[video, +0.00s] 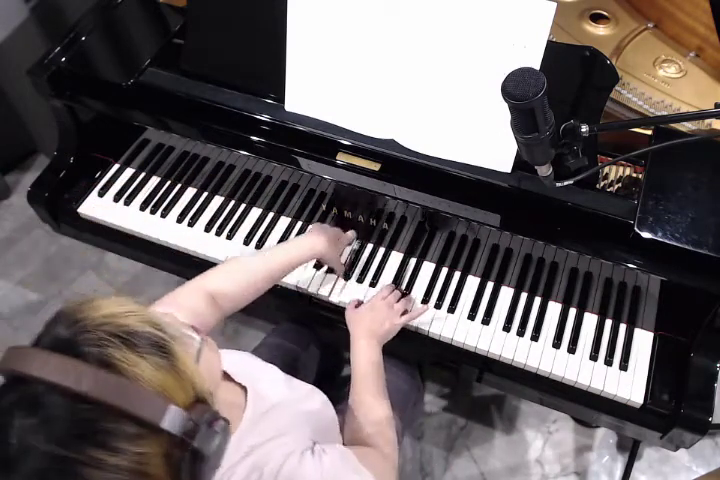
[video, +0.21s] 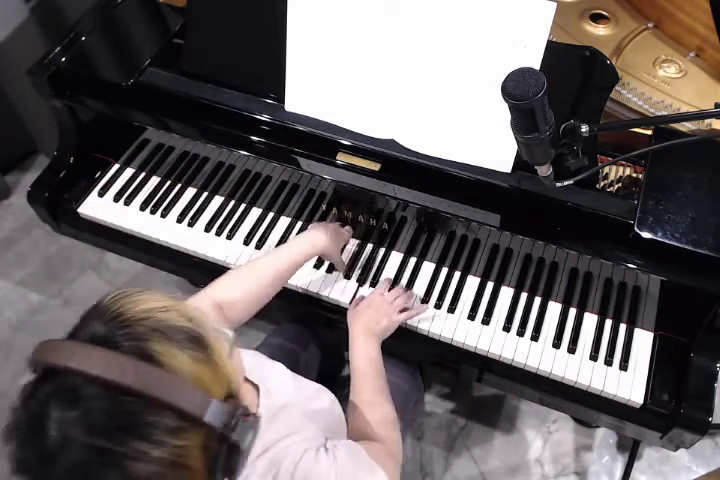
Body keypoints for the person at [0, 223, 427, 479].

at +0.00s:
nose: (191, 333)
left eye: (174, 333)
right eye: (187, 348)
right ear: (183, 407)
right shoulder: (278, 469)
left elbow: (207, 298)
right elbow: (378, 465)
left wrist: (306, 244)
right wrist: (366, 343)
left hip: (258, 372)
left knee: (301, 328)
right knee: (397, 369)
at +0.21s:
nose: (214, 334)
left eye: (202, 331)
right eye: (207, 341)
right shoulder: (290, 467)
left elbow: (212, 309)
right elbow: (383, 459)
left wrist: (310, 242)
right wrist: (365, 339)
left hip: (264, 368)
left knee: (300, 329)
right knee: (397, 368)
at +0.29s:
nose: (228, 310)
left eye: (215, 304)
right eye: (229, 345)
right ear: (223, 451)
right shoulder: (306, 461)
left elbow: (220, 316)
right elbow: (391, 461)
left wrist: (305, 260)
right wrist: (375, 340)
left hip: (275, 367)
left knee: (293, 322)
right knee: (394, 364)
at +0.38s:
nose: (235, 307)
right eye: (238, 348)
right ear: (229, 445)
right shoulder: (311, 461)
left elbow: (228, 317)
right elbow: (393, 461)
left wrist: (299, 268)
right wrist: (378, 341)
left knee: (297, 318)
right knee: (396, 365)